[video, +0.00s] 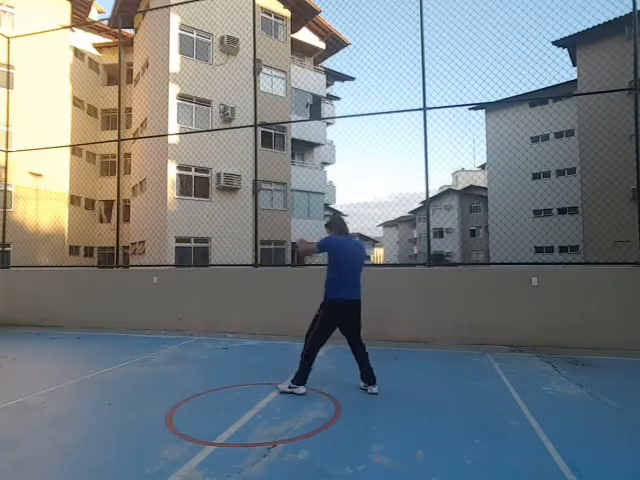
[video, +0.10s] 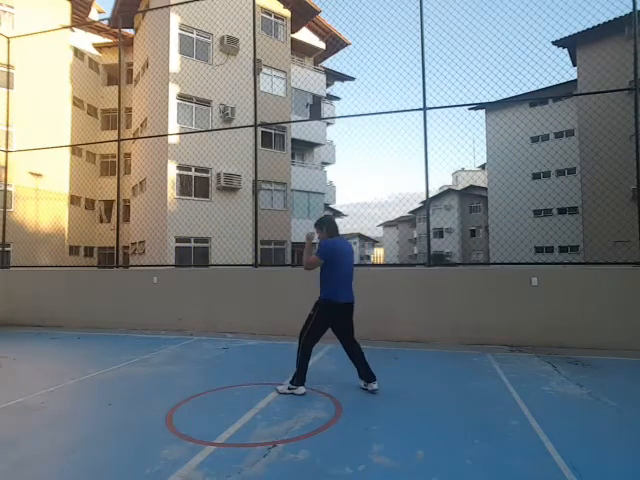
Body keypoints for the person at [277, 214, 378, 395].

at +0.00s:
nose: (327, 234)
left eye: (327, 231)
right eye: (326, 231)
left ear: (332, 229)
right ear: (345, 228)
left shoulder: (331, 241)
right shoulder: (359, 246)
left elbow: (304, 250)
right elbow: (361, 264)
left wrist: (302, 244)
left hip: (333, 303)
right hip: (353, 303)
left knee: (313, 342)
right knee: (356, 342)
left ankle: (298, 383)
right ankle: (371, 383)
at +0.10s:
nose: (317, 236)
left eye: (318, 232)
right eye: (316, 232)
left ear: (325, 231)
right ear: (334, 229)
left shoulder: (327, 245)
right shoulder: (347, 245)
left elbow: (308, 265)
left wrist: (308, 244)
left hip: (328, 303)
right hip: (346, 304)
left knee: (306, 340)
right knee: (349, 341)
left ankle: (297, 383)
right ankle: (370, 380)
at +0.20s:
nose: (307, 235)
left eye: (308, 231)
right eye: (307, 232)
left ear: (315, 230)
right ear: (321, 229)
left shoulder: (325, 246)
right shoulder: (332, 244)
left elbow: (306, 266)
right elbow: (308, 264)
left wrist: (303, 243)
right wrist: (304, 243)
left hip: (323, 302)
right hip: (336, 302)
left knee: (302, 338)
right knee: (341, 340)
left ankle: (297, 384)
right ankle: (367, 376)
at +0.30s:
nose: (298, 238)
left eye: (299, 234)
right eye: (297, 235)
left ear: (306, 231)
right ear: (310, 230)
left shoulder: (318, 245)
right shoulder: (323, 242)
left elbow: (300, 264)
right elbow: (293, 240)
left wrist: (292, 242)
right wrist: (269, 236)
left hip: (318, 301)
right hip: (329, 300)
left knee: (299, 339)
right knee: (330, 339)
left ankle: (297, 384)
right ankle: (361, 369)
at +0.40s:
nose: (290, 236)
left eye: (291, 232)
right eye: (290, 233)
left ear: (298, 230)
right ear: (303, 228)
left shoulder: (308, 243)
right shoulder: (316, 240)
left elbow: (291, 263)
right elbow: (292, 253)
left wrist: (284, 246)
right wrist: (270, 241)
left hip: (313, 298)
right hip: (324, 296)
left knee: (298, 337)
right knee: (320, 334)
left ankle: (297, 383)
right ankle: (347, 365)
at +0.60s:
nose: (285, 233)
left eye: (286, 230)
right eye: (285, 230)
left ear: (292, 227)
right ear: (301, 226)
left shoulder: (297, 242)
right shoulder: (315, 240)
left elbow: (279, 261)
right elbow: (297, 261)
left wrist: (276, 246)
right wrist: (281, 248)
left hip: (301, 295)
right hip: (317, 294)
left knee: (297, 336)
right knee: (310, 330)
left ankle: (297, 383)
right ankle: (310, 367)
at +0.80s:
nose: (288, 231)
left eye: (289, 228)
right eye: (288, 228)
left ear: (294, 227)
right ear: (305, 226)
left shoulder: (299, 240)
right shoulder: (316, 241)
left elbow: (281, 259)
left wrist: (281, 238)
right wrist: (288, 239)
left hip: (296, 293)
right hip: (312, 293)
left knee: (267, 317)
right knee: (304, 331)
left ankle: (279, 357)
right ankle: (308, 369)